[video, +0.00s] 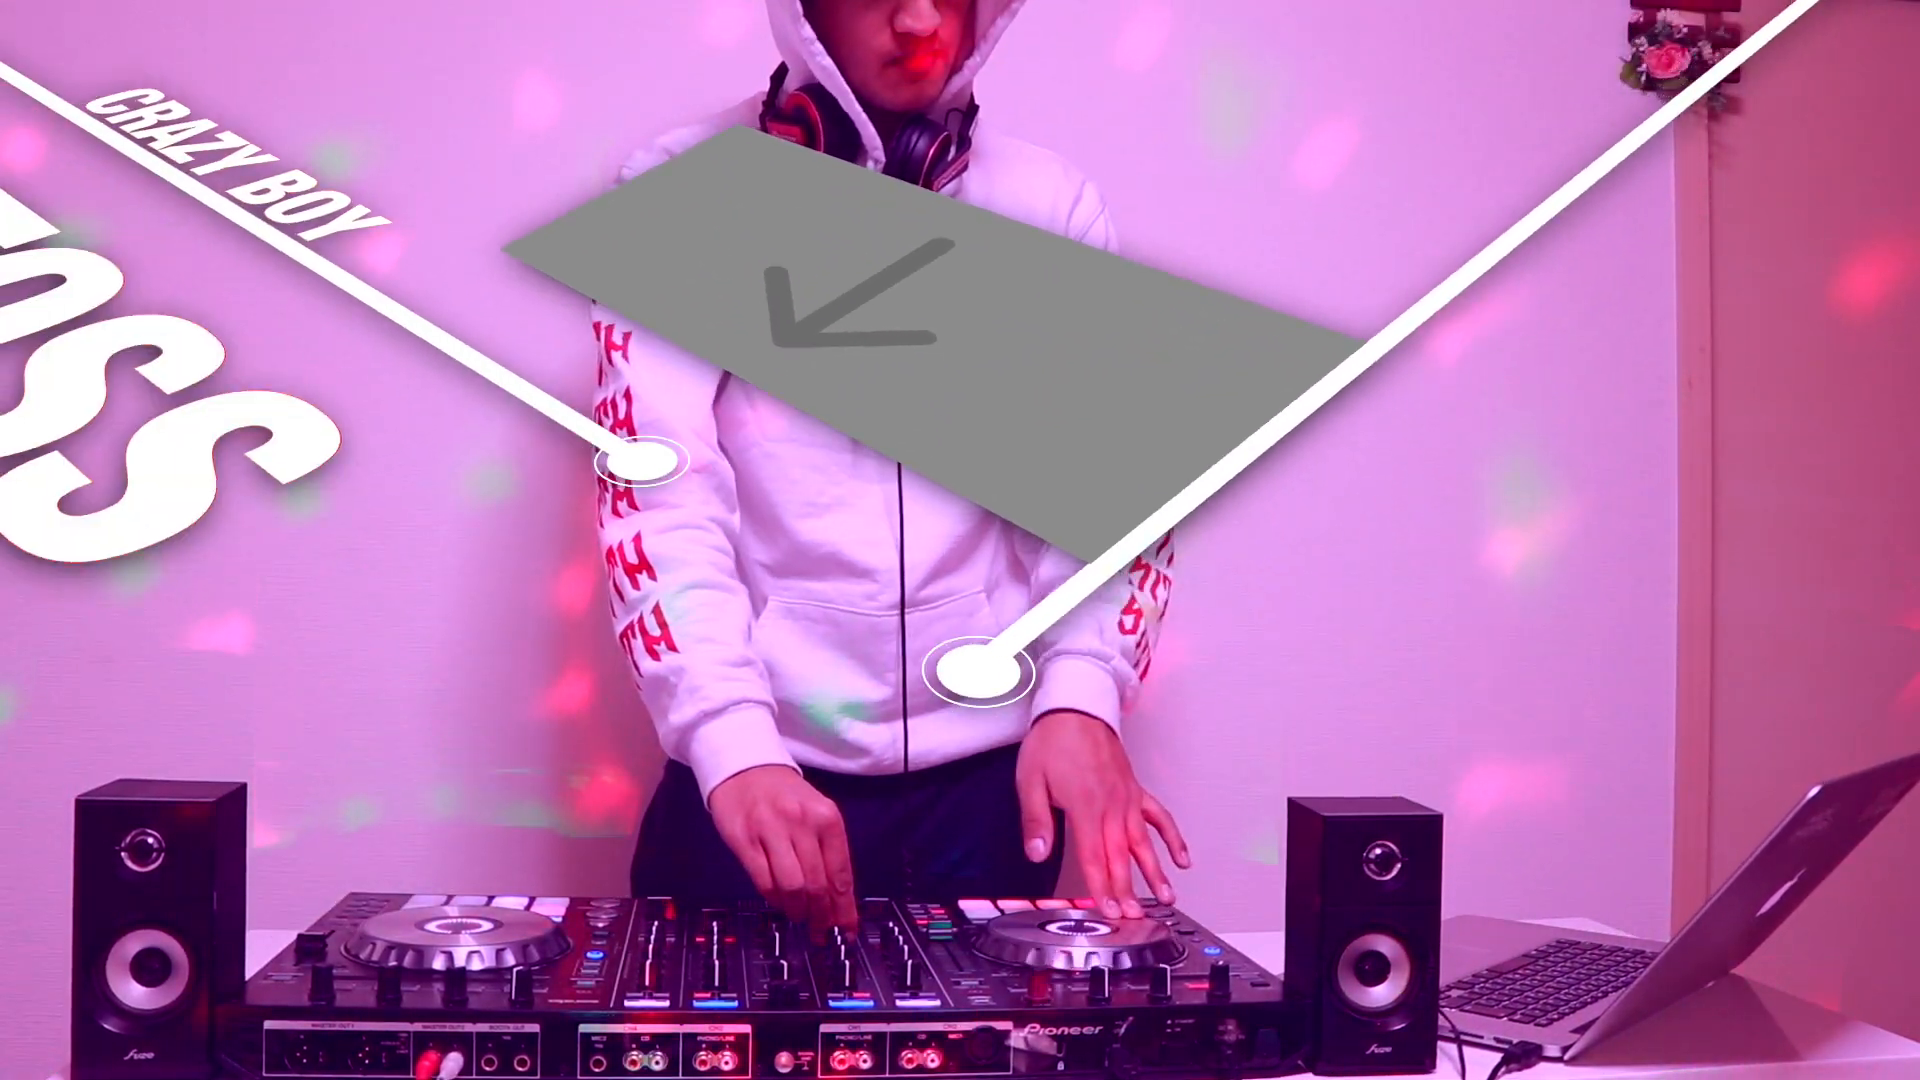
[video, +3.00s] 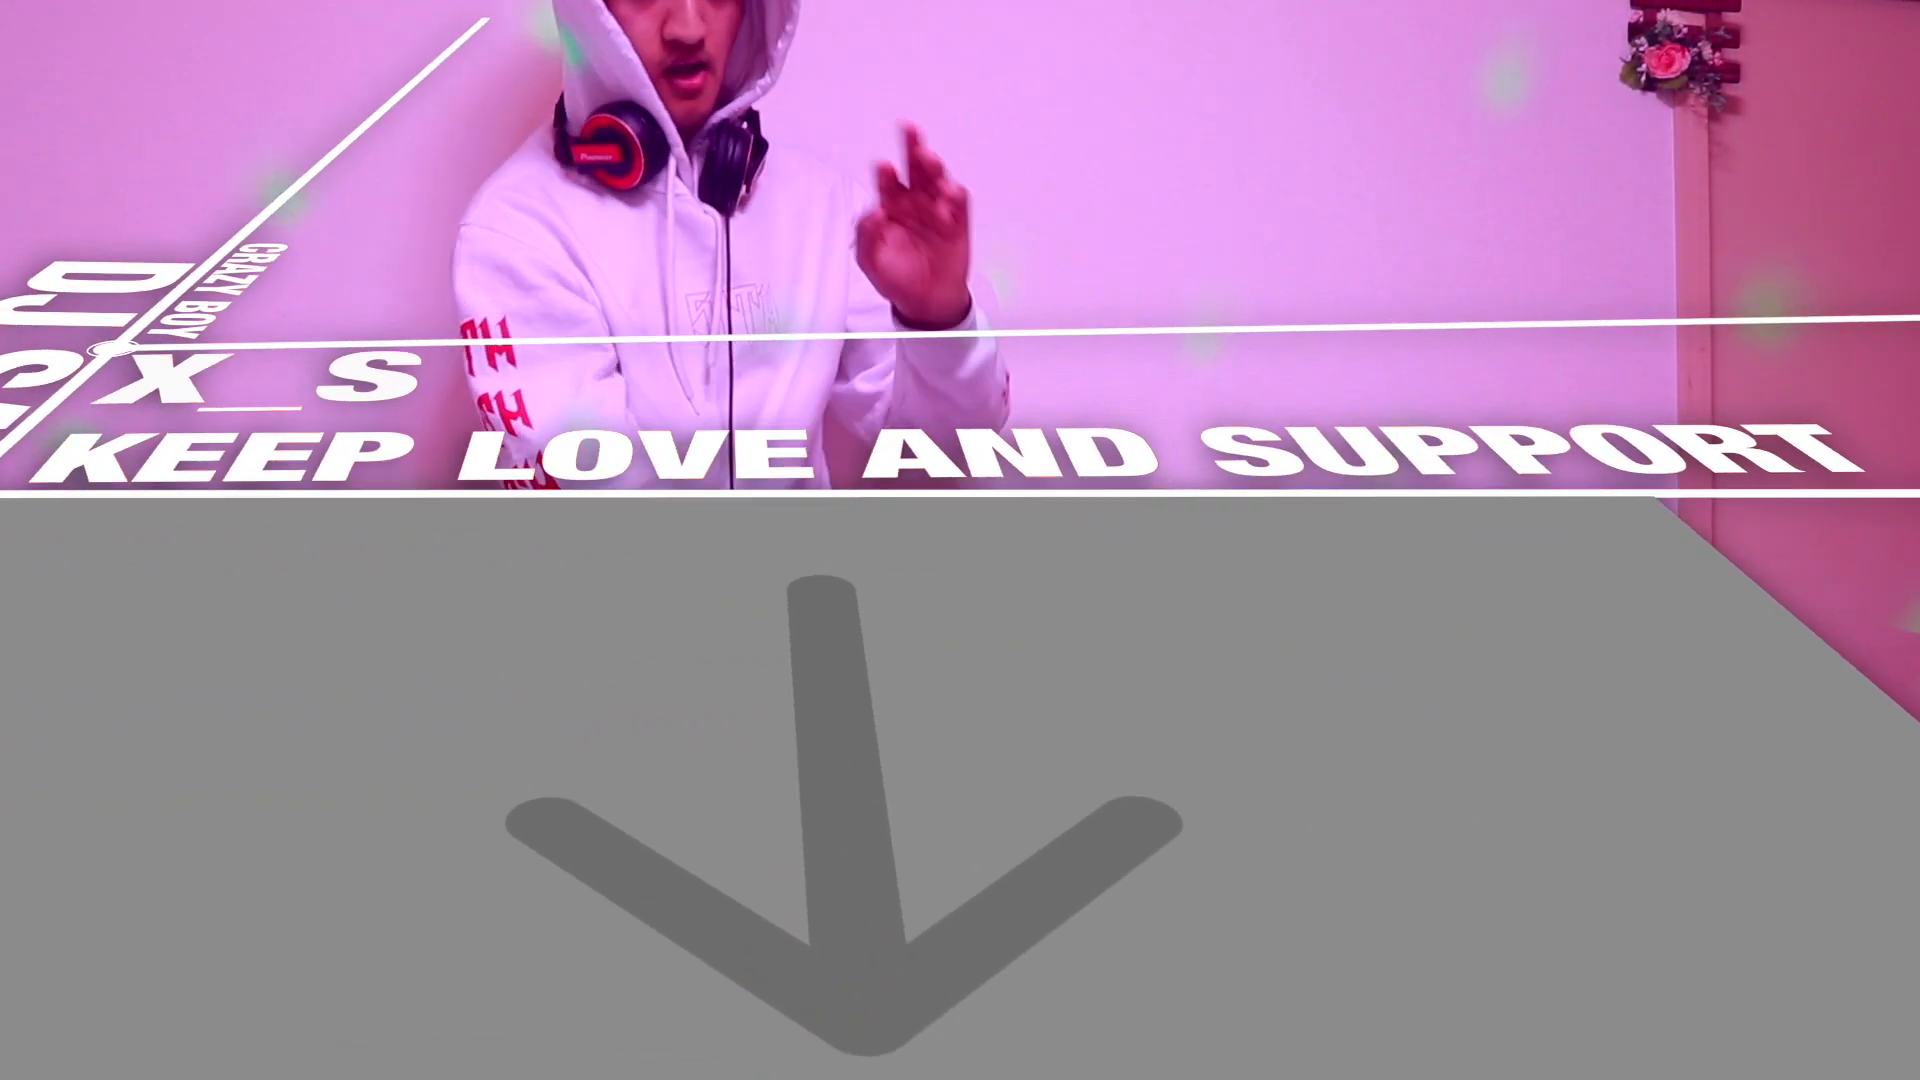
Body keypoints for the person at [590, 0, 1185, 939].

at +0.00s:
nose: (923, 21)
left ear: (983, 6)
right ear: (808, 3)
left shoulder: (1054, 204)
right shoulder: (687, 194)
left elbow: (1122, 481)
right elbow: (661, 499)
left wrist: (1082, 699)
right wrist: (737, 751)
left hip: (998, 798)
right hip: (756, 794)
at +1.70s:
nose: (893, 58)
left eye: (918, 5)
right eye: (844, 31)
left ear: (995, 2)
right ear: (820, 62)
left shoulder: (1175, 213)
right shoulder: (791, 240)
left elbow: (1236, 508)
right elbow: (774, 517)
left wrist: (1167, 762)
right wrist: (794, 745)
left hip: (1089, 803)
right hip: (863, 794)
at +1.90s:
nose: (908, 78)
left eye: (935, 20)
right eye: (855, 47)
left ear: (1004, 12)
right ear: (823, 71)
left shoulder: (1174, 216)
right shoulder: (783, 243)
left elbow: (1248, 481)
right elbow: (755, 510)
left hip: (1117, 592)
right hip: (883, 608)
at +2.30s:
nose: (905, 34)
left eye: (942, 7)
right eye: (863, 15)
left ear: (991, 25)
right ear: (808, 34)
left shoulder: (1093, 196)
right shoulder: (735, 234)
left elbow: (1198, 419)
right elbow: (707, 491)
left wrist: (1009, 210)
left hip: (1074, 578)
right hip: (844, 594)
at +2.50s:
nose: (828, 46)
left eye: (855, 6)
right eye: (782, 16)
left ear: (901, 19)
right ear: (724, 37)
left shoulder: (976, 188)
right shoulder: (651, 232)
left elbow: (1135, 334)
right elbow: (660, 479)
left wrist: (980, 132)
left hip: (971, 559)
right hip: (770, 582)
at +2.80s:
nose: (702, 54)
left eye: (732, 16)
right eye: (659, 19)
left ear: (769, 26)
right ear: (598, 34)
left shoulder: (843, 187)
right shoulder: (530, 242)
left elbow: (996, 383)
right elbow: (584, 478)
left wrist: (917, 210)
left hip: (833, 553)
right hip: (645, 579)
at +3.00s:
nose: (687, 30)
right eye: (646, 1)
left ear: (748, 13)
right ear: (585, 17)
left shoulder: (831, 206)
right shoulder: (518, 221)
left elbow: (935, 478)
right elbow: (581, 476)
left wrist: (938, 322)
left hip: (807, 574)